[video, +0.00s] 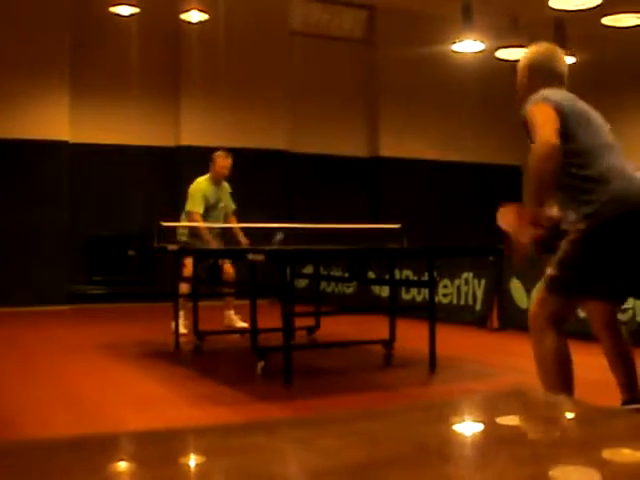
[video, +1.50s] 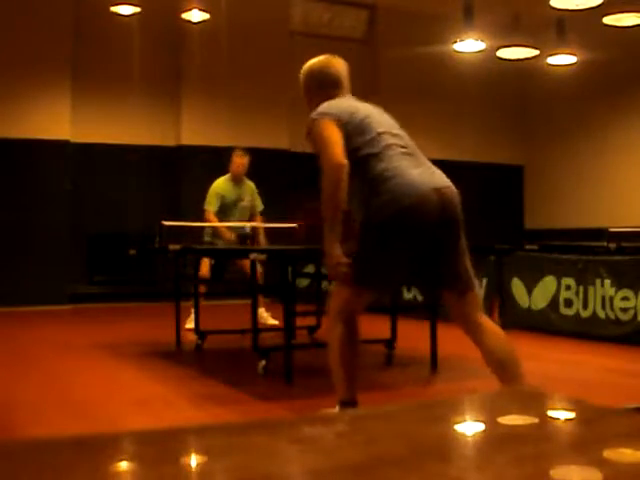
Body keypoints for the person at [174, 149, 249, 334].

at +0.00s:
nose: (225, 171)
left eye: (227, 168)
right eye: (222, 167)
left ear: (229, 168)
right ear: (212, 166)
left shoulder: (224, 187)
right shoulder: (199, 186)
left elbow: (230, 216)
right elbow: (195, 218)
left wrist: (240, 236)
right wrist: (210, 241)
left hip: (212, 237)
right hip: (190, 238)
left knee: (228, 271)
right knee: (188, 272)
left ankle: (229, 313)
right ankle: (182, 317)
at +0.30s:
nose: (232, 175)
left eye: (235, 171)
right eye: (229, 171)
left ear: (236, 172)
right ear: (219, 170)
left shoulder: (228, 191)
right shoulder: (210, 187)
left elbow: (222, 212)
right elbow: (222, 204)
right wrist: (237, 213)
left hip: (215, 238)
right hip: (195, 238)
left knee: (231, 271)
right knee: (194, 274)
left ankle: (230, 313)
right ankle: (182, 317)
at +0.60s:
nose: (237, 163)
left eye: (240, 159)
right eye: (234, 159)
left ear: (242, 162)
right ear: (225, 159)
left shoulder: (240, 182)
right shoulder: (214, 179)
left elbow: (241, 209)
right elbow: (209, 209)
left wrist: (241, 225)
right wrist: (229, 223)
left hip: (226, 236)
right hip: (204, 235)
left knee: (235, 272)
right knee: (196, 271)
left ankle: (231, 312)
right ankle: (185, 313)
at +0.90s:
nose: (227, 158)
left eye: (230, 155)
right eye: (224, 154)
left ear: (234, 158)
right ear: (217, 157)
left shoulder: (237, 178)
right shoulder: (207, 178)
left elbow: (242, 206)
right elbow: (199, 208)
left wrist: (252, 222)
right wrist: (213, 225)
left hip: (231, 233)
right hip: (208, 234)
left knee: (244, 268)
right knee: (202, 271)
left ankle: (239, 308)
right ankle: (194, 313)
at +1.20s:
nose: (234, 164)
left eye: (237, 161)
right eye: (230, 160)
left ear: (241, 163)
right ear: (224, 162)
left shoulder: (246, 184)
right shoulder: (214, 183)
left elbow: (255, 211)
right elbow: (204, 210)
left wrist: (253, 231)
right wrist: (216, 226)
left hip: (240, 237)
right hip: (215, 237)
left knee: (253, 273)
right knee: (203, 272)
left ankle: (260, 311)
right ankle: (194, 313)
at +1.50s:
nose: (239, 169)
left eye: (242, 165)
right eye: (236, 164)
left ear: (247, 167)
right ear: (230, 165)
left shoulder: (250, 187)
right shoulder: (219, 185)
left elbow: (257, 216)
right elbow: (209, 214)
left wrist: (261, 240)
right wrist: (224, 232)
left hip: (240, 239)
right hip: (216, 239)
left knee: (256, 271)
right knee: (204, 273)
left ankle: (260, 310)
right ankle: (194, 312)